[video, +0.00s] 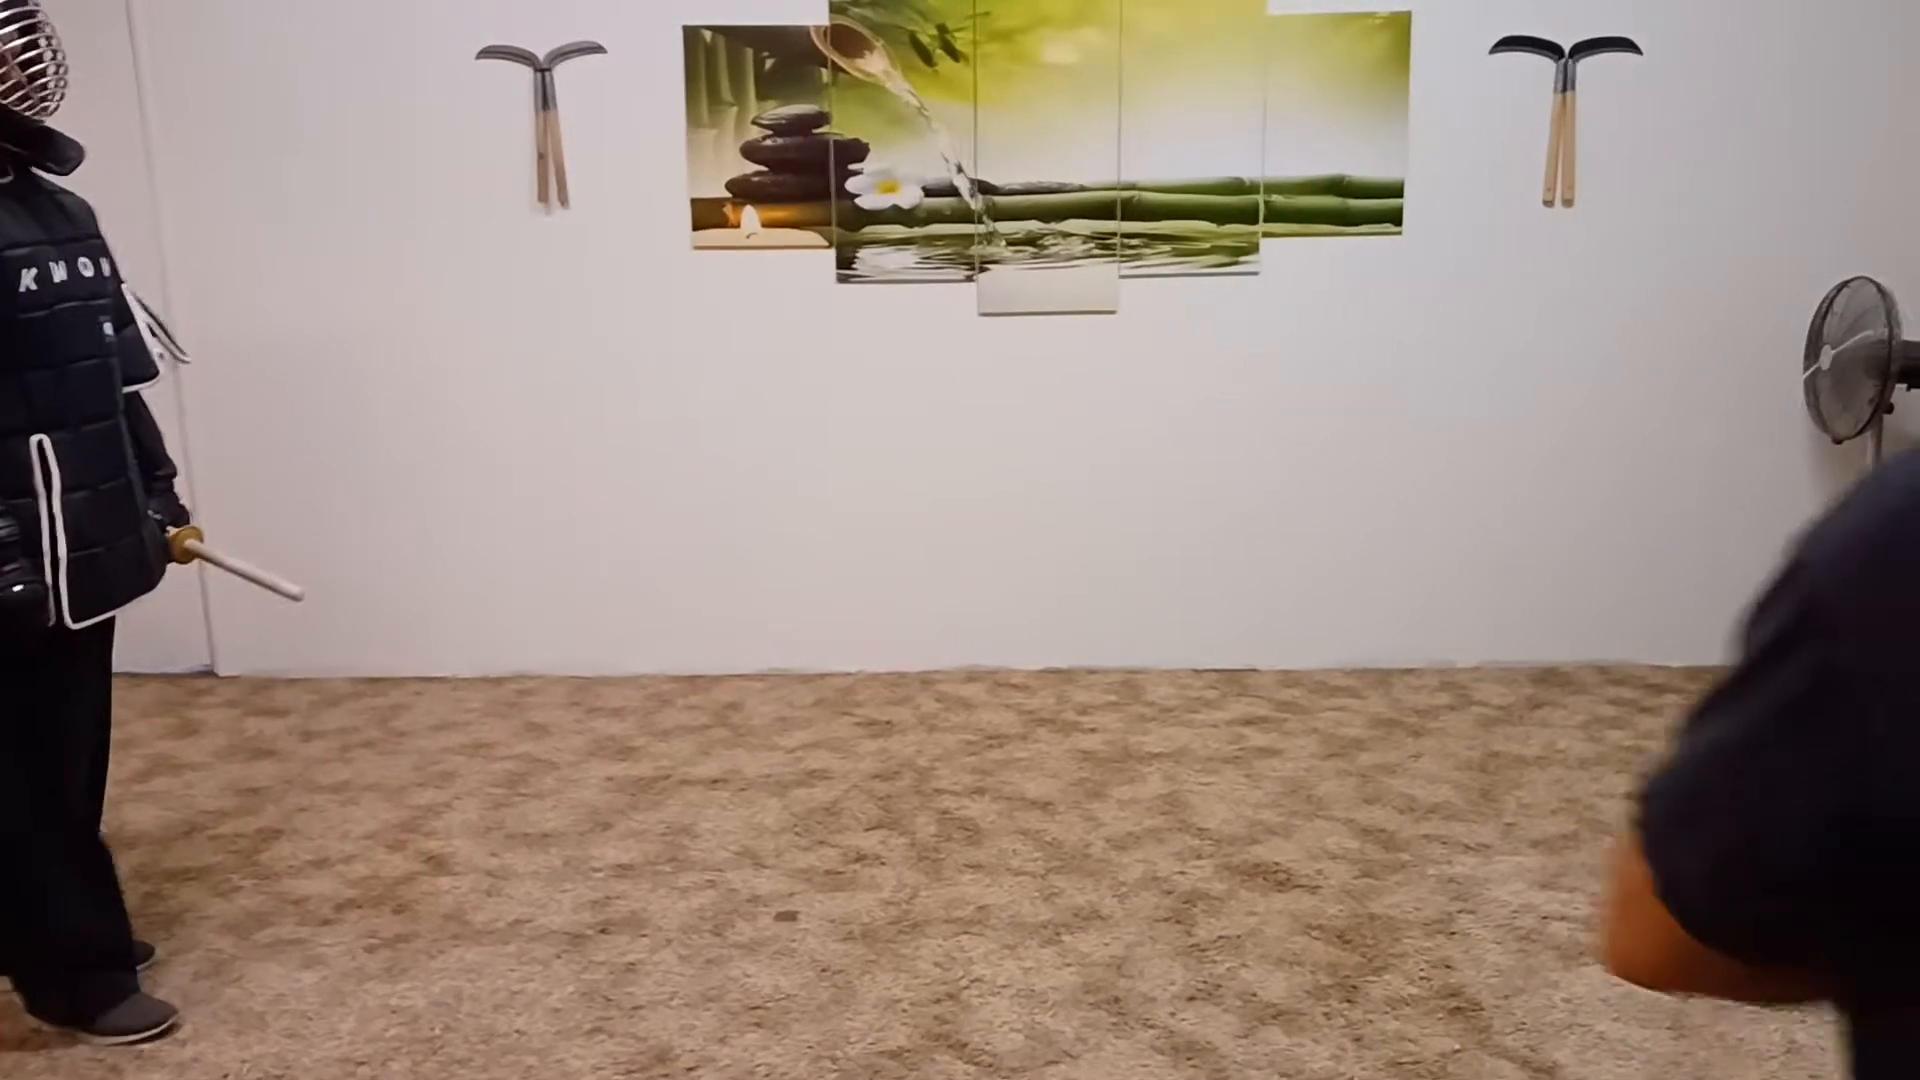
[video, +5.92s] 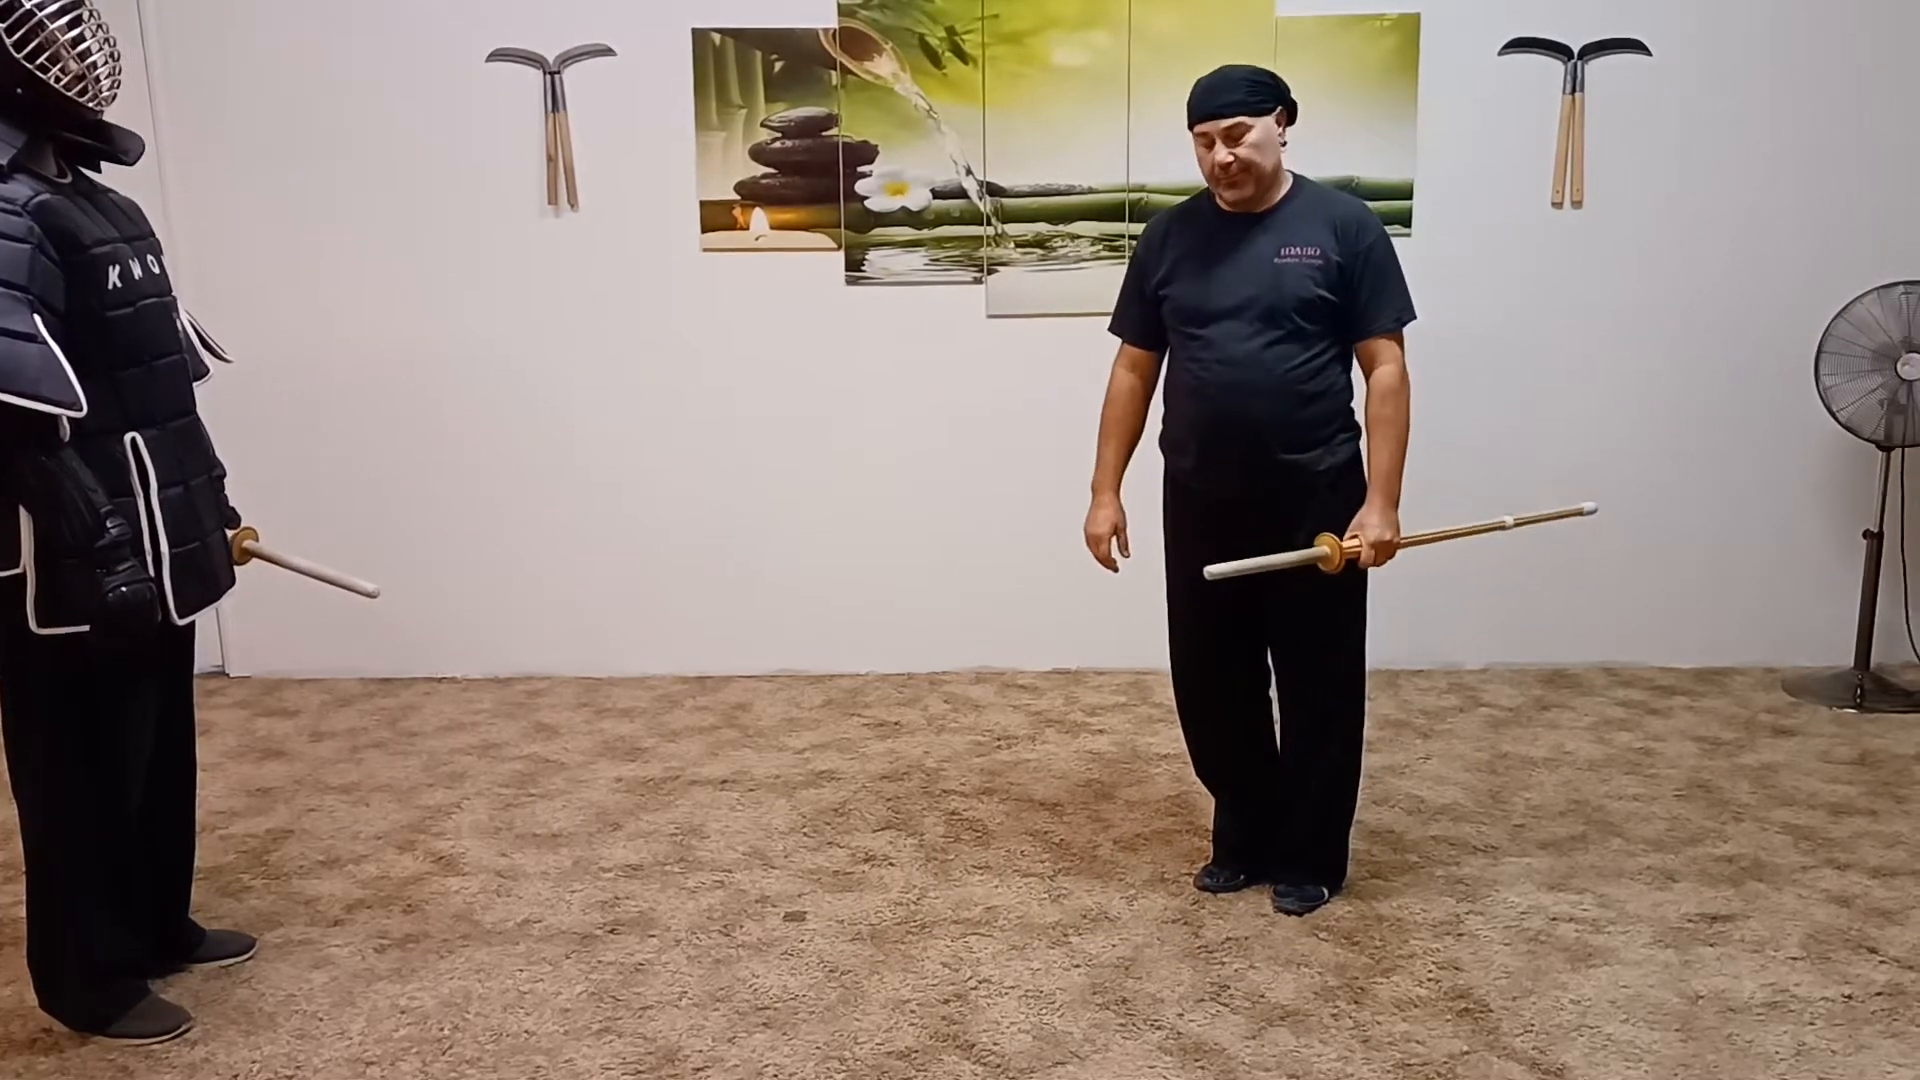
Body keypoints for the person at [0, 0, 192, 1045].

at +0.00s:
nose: (36, 67)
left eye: (38, 50)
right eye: (19, 52)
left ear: (43, 67)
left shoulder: (62, 205)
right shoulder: (9, 208)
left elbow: (111, 375)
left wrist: (159, 493)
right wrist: (13, 553)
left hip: (86, 543)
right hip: (18, 556)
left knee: (74, 761)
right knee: (32, 770)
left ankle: (96, 949)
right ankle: (64, 979)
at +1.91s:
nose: (100, 66)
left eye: (94, 47)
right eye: (75, 50)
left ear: (64, 70)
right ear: (25, 71)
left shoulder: (97, 197)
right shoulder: (9, 211)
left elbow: (151, 377)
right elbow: (19, 416)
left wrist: (202, 501)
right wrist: (78, 554)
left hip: (145, 543)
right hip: (67, 560)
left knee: (145, 750)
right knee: (74, 771)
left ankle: (152, 929)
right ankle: (83, 982)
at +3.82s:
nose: (118, 70)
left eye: (116, 50)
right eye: (92, 53)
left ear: (108, 69)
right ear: (38, 71)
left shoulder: (120, 198)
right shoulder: (19, 208)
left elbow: (175, 381)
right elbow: (26, 401)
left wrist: (221, 506)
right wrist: (101, 541)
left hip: (161, 538)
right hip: (74, 552)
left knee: (161, 746)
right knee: (87, 766)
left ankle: (160, 931)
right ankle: (91, 983)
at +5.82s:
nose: (100, 68)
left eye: (94, 52)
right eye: (79, 54)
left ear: (56, 78)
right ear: (39, 74)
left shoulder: (115, 207)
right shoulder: (15, 212)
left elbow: (170, 384)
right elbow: (24, 408)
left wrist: (213, 511)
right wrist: (98, 538)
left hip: (153, 551)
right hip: (64, 562)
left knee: (157, 753)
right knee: (82, 774)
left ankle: (161, 932)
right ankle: (88, 984)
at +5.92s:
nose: (98, 68)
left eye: (92, 52)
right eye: (76, 54)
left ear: (60, 80)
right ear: (35, 76)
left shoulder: (115, 208)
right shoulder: (13, 214)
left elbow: (168, 384)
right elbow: (23, 409)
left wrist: (212, 511)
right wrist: (98, 538)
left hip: (153, 548)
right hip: (64, 560)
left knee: (157, 752)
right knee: (82, 773)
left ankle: (160, 931)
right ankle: (87, 983)